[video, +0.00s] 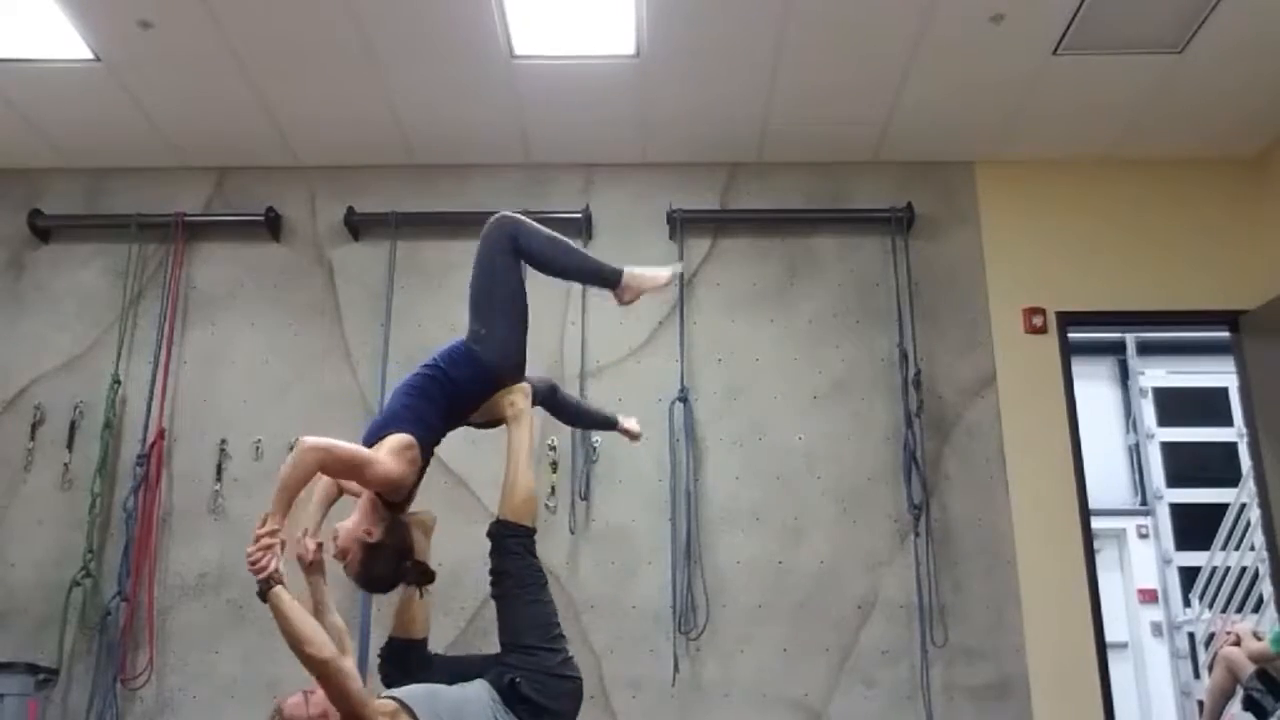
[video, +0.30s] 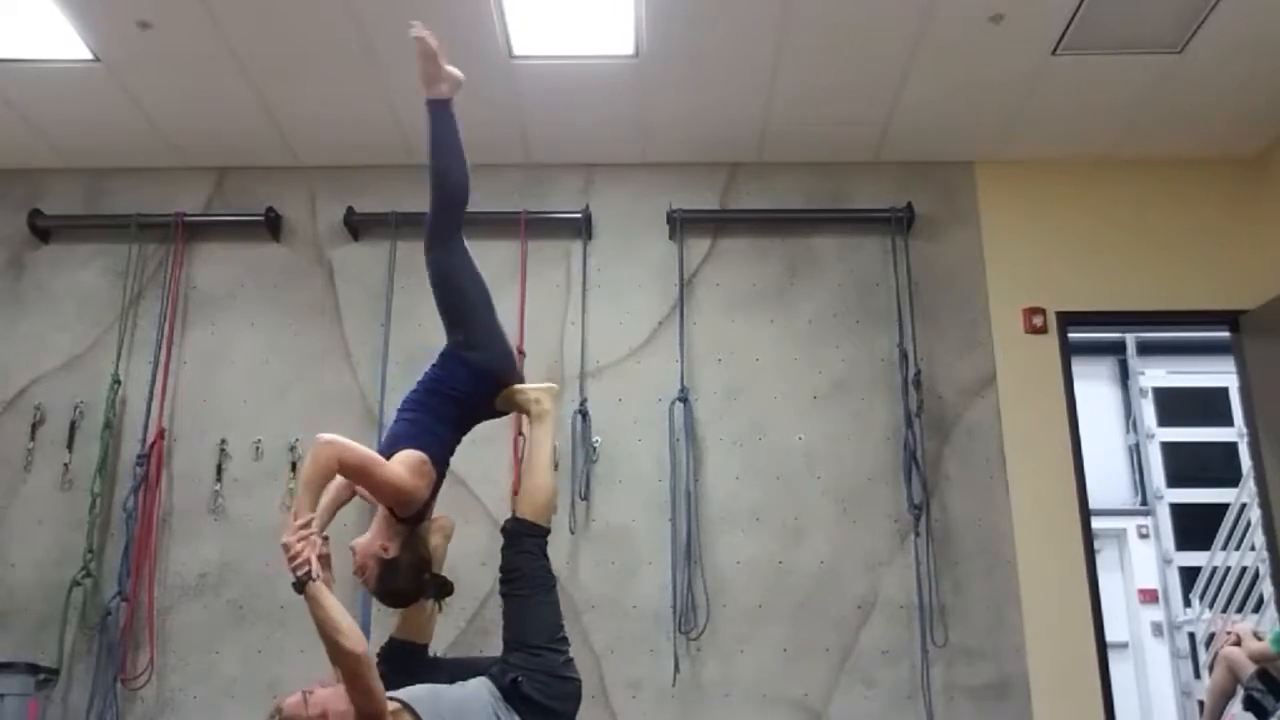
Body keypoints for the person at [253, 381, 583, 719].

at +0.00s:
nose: (310, 692)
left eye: (304, 696)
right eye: (306, 703)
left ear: (320, 700)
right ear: (318, 716)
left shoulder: (366, 705)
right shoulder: (372, 713)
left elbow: (339, 651)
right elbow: (326, 659)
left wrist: (314, 580)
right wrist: (269, 586)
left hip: (512, 686)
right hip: (541, 691)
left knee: (404, 669)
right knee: (512, 546)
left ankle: (419, 542)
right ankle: (520, 415)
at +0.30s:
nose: (312, 693)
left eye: (305, 696)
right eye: (310, 707)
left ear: (322, 690)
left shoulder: (374, 704)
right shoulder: (379, 715)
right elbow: (351, 650)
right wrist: (311, 580)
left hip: (512, 682)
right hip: (540, 696)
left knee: (400, 664)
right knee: (524, 540)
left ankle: (434, 539)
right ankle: (540, 413)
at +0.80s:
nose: (319, 687)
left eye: (309, 692)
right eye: (313, 703)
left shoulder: (382, 703)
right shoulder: (380, 712)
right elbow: (374, 635)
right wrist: (353, 548)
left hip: (517, 688)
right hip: (547, 700)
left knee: (418, 635)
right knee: (519, 553)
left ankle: (465, 500)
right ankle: (521, 430)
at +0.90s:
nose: (320, 688)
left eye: (310, 693)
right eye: (314, 703)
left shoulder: (376, 702)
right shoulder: (381, 710)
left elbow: (370, 630)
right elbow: (377, 629)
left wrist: (350, 543)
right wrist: (356, 540)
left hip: (516, 689)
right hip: (549, 700)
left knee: (429, 628)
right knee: (522, 557)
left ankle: (468, 501)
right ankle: (528, 429)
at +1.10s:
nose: (317, 687)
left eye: (307, 691)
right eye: (310, 701)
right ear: (325, 718)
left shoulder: (378, 699)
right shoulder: (381, 709)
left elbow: (376, 634)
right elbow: (380, 633)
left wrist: (359, 561)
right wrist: (365, 556)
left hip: (515, 693)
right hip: (549, 699)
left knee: (452, 601)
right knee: (510, 558)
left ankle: (478, 474)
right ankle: (537, 438)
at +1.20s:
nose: (321, 685)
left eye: (307, 690)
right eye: (310, 700)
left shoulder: (377, 699)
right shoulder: (379, 712)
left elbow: (382, 636)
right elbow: (390, 635)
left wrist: (374, 556)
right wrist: (377, 556)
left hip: (518, 699)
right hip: (547, 706)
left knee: (477, 574)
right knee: (469, 576)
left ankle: (489, 495)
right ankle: (543, 467)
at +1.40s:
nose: (319, 687)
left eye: (307, 691)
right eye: (312, 702)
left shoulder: (385, 703)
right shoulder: (380, 712)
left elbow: (387, 640)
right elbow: (392, 639)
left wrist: (378, 554)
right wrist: (383, 556)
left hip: (520, 699)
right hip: (543, 705)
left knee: (473, 591)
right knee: (439, 598)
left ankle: (503, 477)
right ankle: (505, 480)